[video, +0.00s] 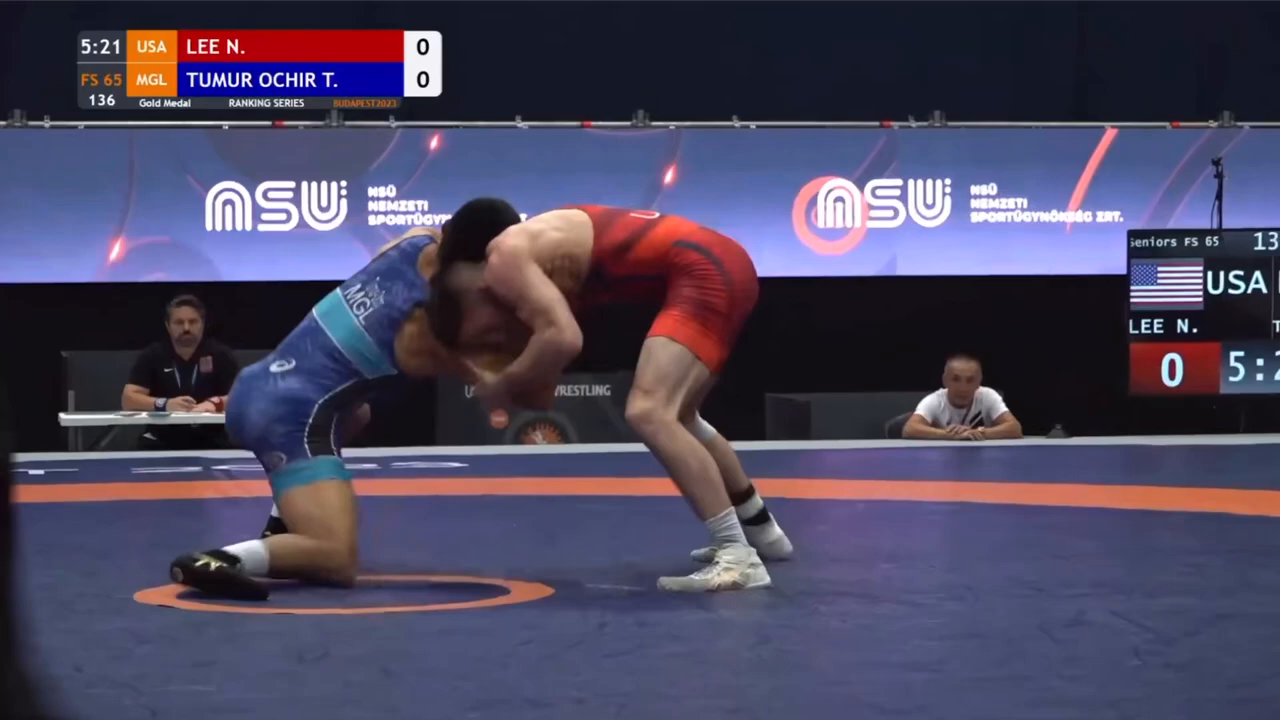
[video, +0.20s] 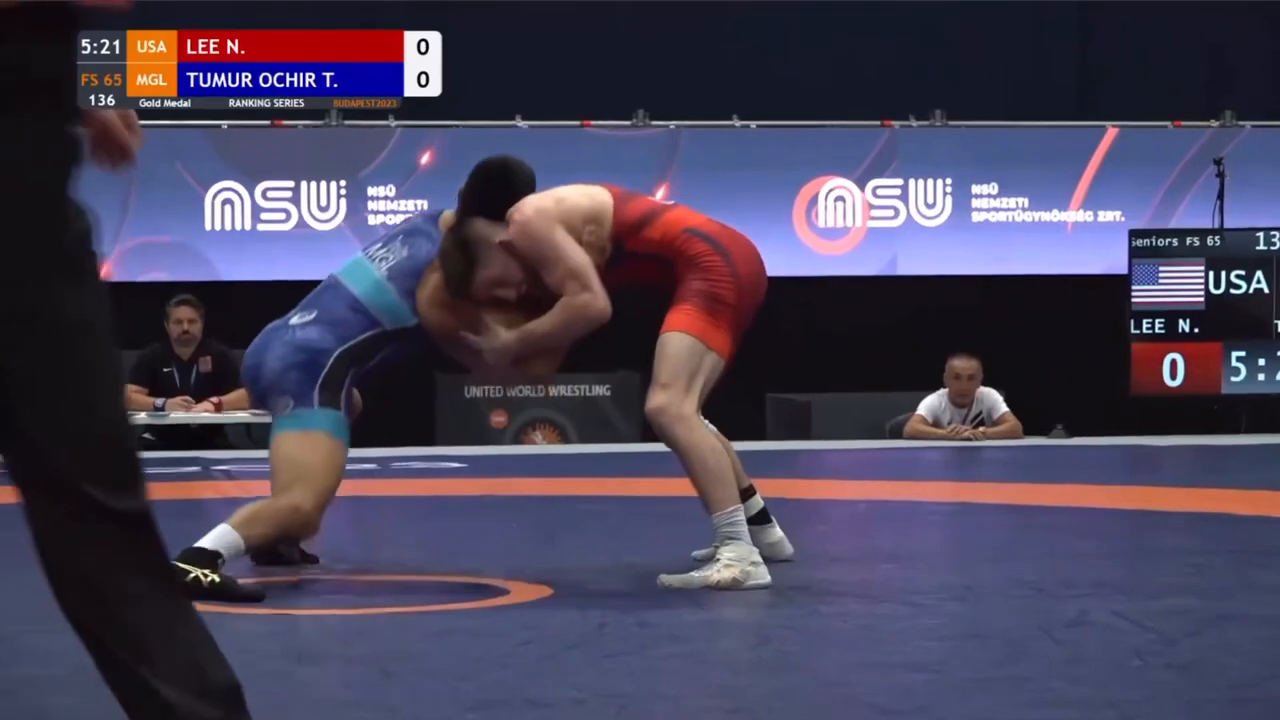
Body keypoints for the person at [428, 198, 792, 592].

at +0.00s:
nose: (497, 330)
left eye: (487, 319)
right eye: (486, 332)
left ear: (476, 270)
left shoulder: (507, 254)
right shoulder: (530, 252)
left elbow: (562, 336)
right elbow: (541, 388)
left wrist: (504, 386)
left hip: (706, 266)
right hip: (720, 264)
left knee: (649, 412)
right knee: (677, 415)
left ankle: (736, 555)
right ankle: (759, 527)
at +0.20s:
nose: (511, 295)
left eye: (500, 284)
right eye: (498, 296)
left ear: (495, 246)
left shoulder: (530, 218)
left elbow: (592, 304)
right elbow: (542, 364)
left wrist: (513, 342)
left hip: (714, 257)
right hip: (724, 259)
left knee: (669, 406)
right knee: (682, 409)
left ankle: (739, 553)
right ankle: (760, 529)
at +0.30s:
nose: (519, 271)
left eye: (509, 261)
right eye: (505, 270)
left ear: (509, 223)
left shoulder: (545, 198)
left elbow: (622, 275)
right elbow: (568, 339)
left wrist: (541, 303)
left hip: (724, 251)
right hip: (735, 253)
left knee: (682, 403)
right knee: (694, 406)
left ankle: (740, 552)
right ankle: (763, 529)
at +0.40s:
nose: (527, 248)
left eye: (519, 237)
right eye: (515, 244)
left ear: (528, 199)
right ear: (530, 193)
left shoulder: (570, 175)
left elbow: (658, 220)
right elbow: (602, 302)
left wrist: (585, 263)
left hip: (739, 250)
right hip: (741, 255)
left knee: (692, 399)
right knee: (701, 401)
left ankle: (742, 551)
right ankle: (764, 528)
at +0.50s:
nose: (551, 214)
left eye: (544, 204)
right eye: (540, 210)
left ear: (556, 170)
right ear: (558, 170)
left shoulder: (604, 151)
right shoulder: (598, 185)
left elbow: (685, 209)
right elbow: (615, 280)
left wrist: (620, 236)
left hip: (754, 251)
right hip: (744, 258)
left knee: (690, 397)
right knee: (692, 400)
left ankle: (764, 537)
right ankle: (754, 530)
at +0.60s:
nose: (559, 208)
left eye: (557, 197)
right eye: (550, 203)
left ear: (579, 162)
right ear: (579, 158)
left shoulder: (630, 159)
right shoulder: (608, 164)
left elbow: (679, 258)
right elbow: (623, 270)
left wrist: (611, 236)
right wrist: (584, 228)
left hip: (769, 257)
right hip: (754, 259)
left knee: (715, 409)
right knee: (709, 400)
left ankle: (791, 555)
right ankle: (758, 534)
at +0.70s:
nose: (550, 207)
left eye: (546, 198)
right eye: (539, 205)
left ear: (566, 163)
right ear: (568, 154)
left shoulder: (616, 167)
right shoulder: (607, 148)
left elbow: (647, 280)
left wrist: (590, 242)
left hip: (760, 255)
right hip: (776, 249)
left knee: (699, 411)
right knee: (737, 402)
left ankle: (763, 561)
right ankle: (749, 529)